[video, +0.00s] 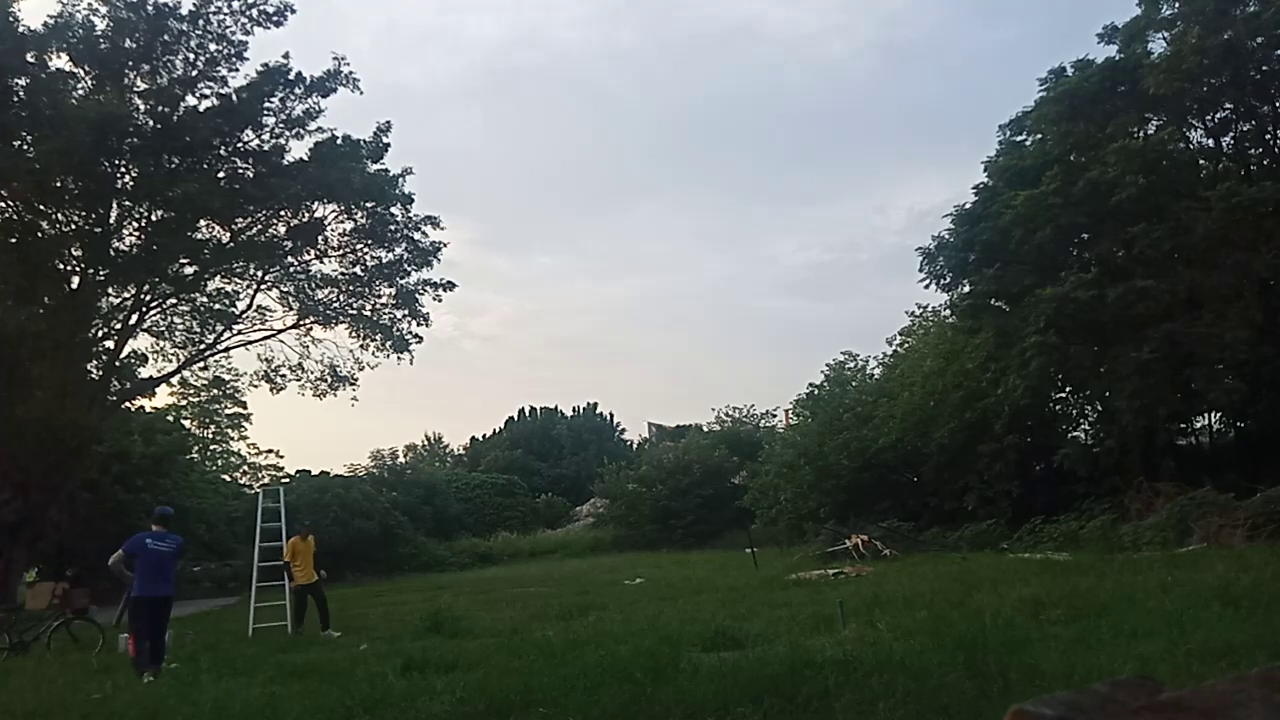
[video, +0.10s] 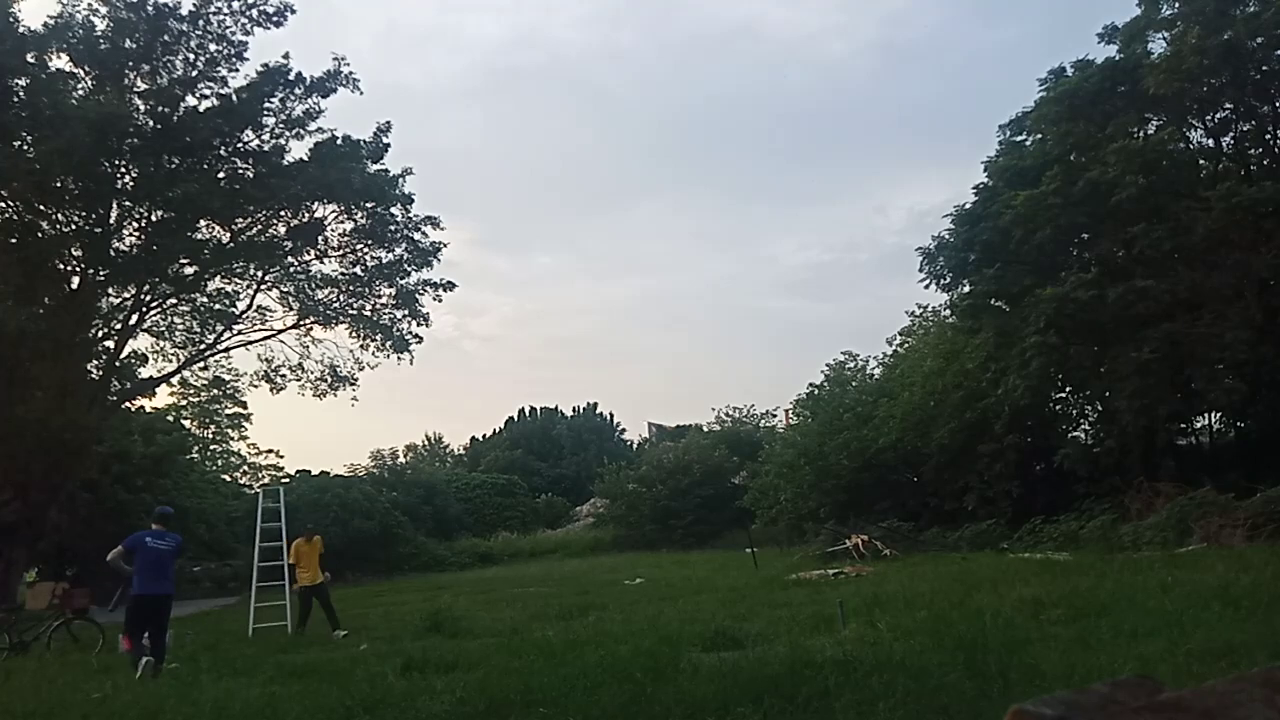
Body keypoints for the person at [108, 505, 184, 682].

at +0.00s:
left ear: (152, 521)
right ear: (170, 523)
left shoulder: (140, 539)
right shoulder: (177, 542)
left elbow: (113, 562)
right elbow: (174, 565)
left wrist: (129, 578)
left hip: (141, 595)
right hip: (165, 595)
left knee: (138, 634)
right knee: (158, 634)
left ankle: (144, 671)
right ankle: (156, 669)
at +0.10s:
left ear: (152, 521)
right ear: (169, 523)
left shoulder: (140, 537)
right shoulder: (176, 541)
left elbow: (112, 558)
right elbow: (174, 562)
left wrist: (129, 571)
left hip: (141, 594)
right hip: (164, 595)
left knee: (133, 633)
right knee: (158, 635)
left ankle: (140, 659)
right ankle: (157, 671)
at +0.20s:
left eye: (152, 518)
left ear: (149, 518)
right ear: (166, 520)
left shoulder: (139, 534)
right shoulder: (174, 537)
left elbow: (111, 554)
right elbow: (174, 557)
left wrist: (129, 563)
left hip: (138, 590)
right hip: (162, 592)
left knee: (130, 627)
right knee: (158, 631)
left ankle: (138, 656)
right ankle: (156, 668)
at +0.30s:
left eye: (147, 519)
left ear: (146, 520)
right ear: (163, 521)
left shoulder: (135, 536)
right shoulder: (171, 538)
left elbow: (109, 558)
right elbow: (176, 557)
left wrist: (128, 562)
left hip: (136, 591)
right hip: (160, 592)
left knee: (128, 628)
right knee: (156, 633)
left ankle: (128, 667)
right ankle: (154, 668)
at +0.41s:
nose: (147, 527)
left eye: (145, 524)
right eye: (153, 524)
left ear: (142, 524)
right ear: (158, 524)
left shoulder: (131, 542)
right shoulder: (167, 541)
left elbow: (112, 567)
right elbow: (169, 563)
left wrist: (128, 571)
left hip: (134, 594)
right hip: (158, 594)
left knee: (127, 632)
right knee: (155, 634)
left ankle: (120, 666)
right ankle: (153, 669)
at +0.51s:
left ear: (135, 527)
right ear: (151, 527)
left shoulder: (125, 546)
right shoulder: (162, 544)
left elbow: (117, 573)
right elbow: (167, 568)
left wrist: (132, 576)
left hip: (130, 596)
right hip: (154, 595)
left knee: (125, 635)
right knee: (152, 635)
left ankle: (121, 668)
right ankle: (151, 669)